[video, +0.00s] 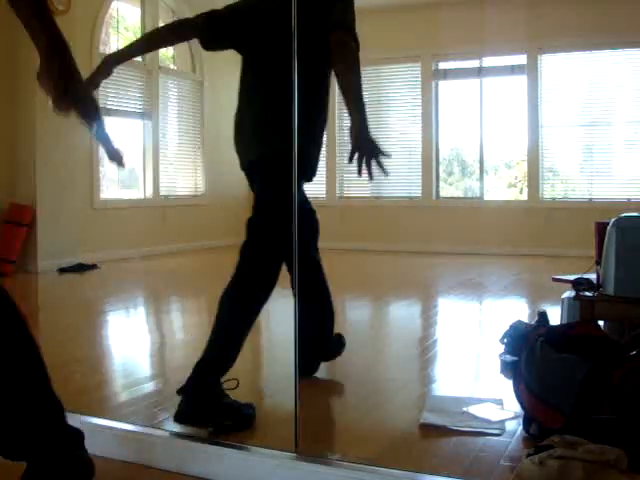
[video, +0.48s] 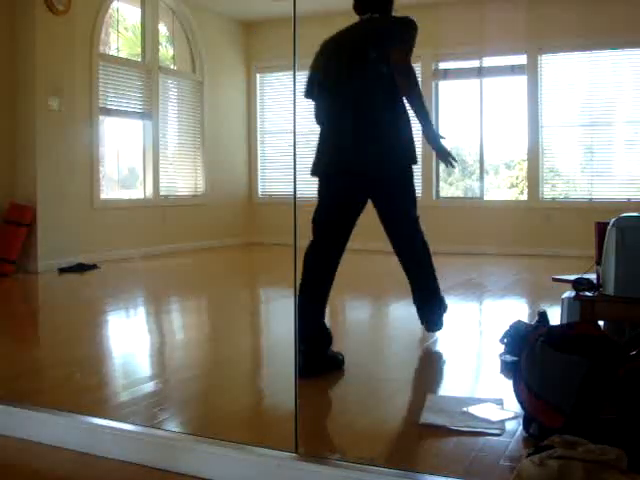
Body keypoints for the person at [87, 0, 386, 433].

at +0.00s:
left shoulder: (258, 11)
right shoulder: (332, 6)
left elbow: (184, 29)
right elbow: (343, 53)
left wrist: (112, 59)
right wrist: (360, 125)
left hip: (254, 142)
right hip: (295, 144)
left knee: (303, 230)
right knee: (259, 265)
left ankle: (315, 342)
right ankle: (201, 392)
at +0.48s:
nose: (388, 10)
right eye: (389, 5)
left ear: (356, 7)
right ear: (389, 5)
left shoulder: (331, 45)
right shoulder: (399, 26)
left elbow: (320, 105)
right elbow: (401, 68)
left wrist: (345, 136)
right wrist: (430, 133)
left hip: (339, 163)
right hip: (387, 160)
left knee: (324, 250)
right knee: (407, 236)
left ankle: (310, 354)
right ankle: (432, 312)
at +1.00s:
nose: (420, 47)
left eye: (421, 42)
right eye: (424, 41)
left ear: (423, 43)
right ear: (451, 41)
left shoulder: (414, 74)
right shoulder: (473, 67)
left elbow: (378, 112)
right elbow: (508, 107)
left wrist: (339, 143)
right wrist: (536, 143)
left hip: (423, 161)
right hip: (458, 160)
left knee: (433, 226)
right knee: (445, 232)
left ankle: (440, 287)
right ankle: (428, 315)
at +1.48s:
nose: (455, 67)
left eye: (458, 62)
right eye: (456, 61)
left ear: (469, 61)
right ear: (482, 61)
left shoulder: (466, 85)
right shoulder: (502, 84)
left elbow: (465, 124)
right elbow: (524, 120)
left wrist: (442, 158)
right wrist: (513, 154)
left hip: (472, 162)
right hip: (501, 161)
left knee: (465, 228)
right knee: (499, 216)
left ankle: (459, 288)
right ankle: (516, 269)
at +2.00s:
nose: (511, 65)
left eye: (515, 60)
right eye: (508, 60)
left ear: (526, 62)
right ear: (506, 63)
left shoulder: (537, 88)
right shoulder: (500, 92)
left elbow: (539, 125)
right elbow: (502, 122)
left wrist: (519, 146)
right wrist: (502, 156)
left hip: (534, 164)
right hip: (510, 165)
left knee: (541, 212)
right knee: (514, 221)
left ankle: (564, 252)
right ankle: (517, 272)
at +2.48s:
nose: (541, 89)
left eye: (544, 85)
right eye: (537, 84)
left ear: (550, 86)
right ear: (531, 86)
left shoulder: (558, 109)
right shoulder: (523, 106)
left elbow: (573, 133)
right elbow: (518, 137)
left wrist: (583, 156)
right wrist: (526, 159)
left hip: (552, 172)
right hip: (530, 171)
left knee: (556, 219)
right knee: (532, 217)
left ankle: (563, 264)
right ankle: (525, 256)